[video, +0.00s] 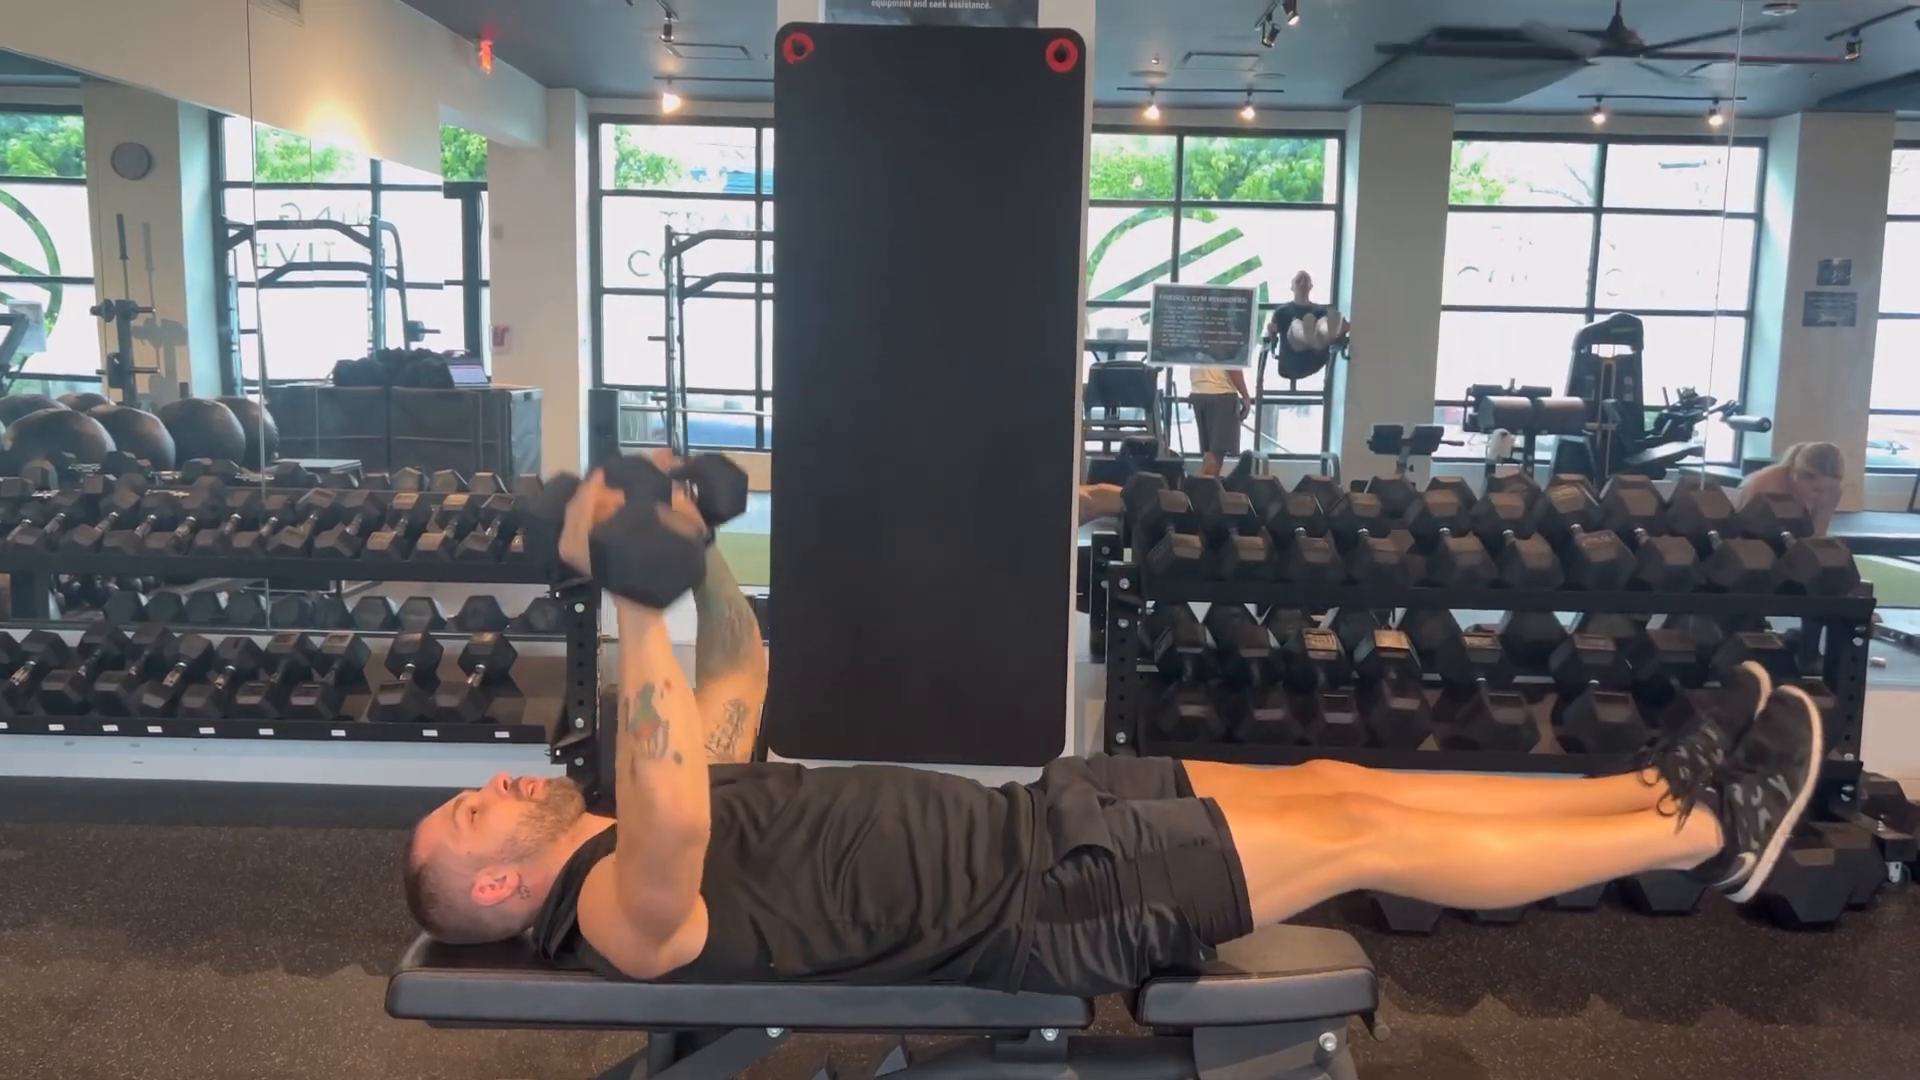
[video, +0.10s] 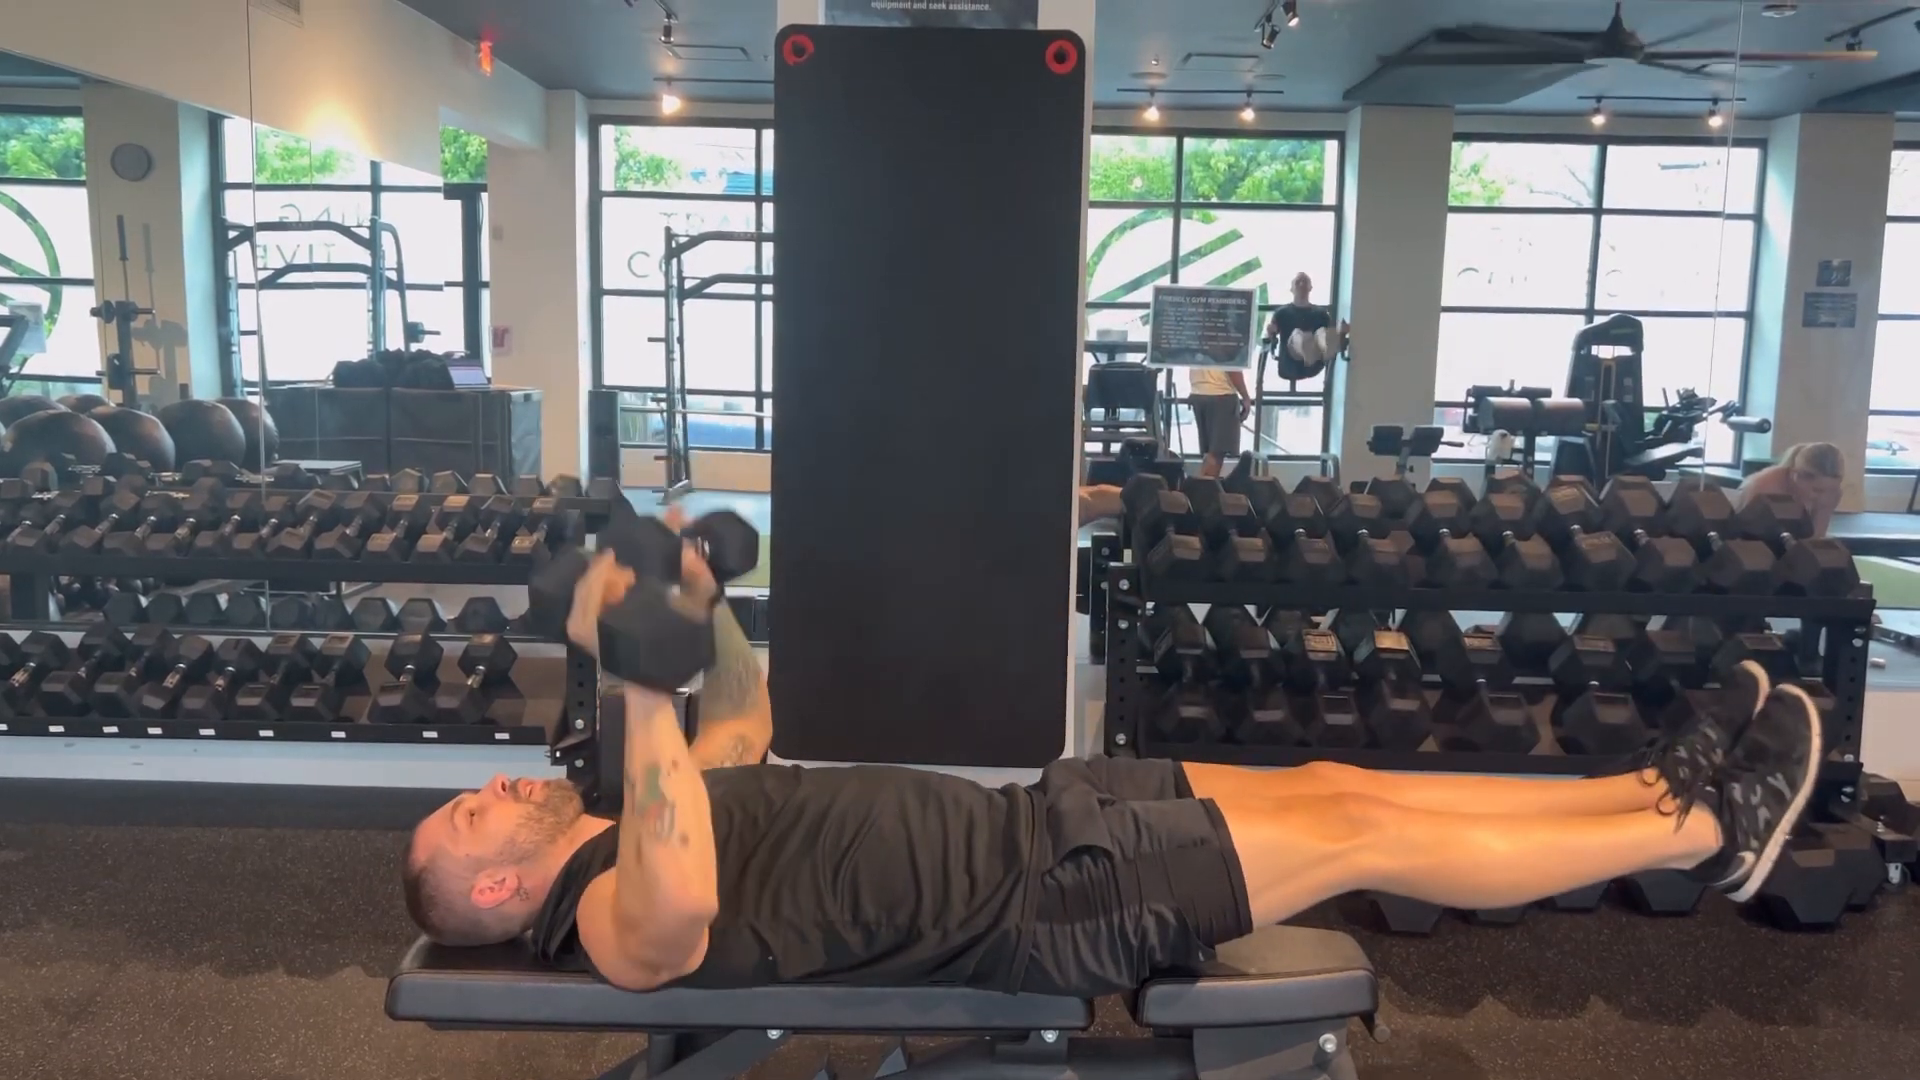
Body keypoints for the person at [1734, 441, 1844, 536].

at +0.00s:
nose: (1821, 497)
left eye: (1827, 490)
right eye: (1817, 491)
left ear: (1836, 483)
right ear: (1794, 475)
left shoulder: (1833, 491)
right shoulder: (1763, 486)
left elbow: (1815, 541)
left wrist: (1826, 510)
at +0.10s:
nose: (1822, 498)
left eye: (1829, 491)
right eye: (1817, 491)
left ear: (1837, 484)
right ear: (1795, 476)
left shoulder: (1832, 492)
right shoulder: (1765, 487)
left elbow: (1815, 541)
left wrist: (1825, 510)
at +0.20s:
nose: (1822, 499)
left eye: (1829, 492)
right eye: (1817, 492)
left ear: (1838, 486)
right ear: (1795, 478)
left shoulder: (1833, 493)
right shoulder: (1768, 490)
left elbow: (1813, 546)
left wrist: (1825, 512)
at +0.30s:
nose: (1822, 500)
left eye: (1828, 494)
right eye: (1817, 494)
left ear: (1837, 488)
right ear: (1795, 479)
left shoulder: (1833, 495)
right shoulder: (1766, 491)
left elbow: (1814, 546)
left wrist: (1825, 513)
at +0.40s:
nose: (1822, 502)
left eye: (1828, 495)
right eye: (1817, 495)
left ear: (1837, 488)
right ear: (1795, 480)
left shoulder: (1833, 496)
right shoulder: (1764, 493)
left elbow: (1815, 545)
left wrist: (1825, 515)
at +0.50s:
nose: (1821, 503)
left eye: (1827, 496)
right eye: (1816, 496)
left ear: (1836, 489)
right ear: (1794, 480)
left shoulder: (1833, 497)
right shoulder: (1763, 494)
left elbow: (1815, 545)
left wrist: (1825, 515)